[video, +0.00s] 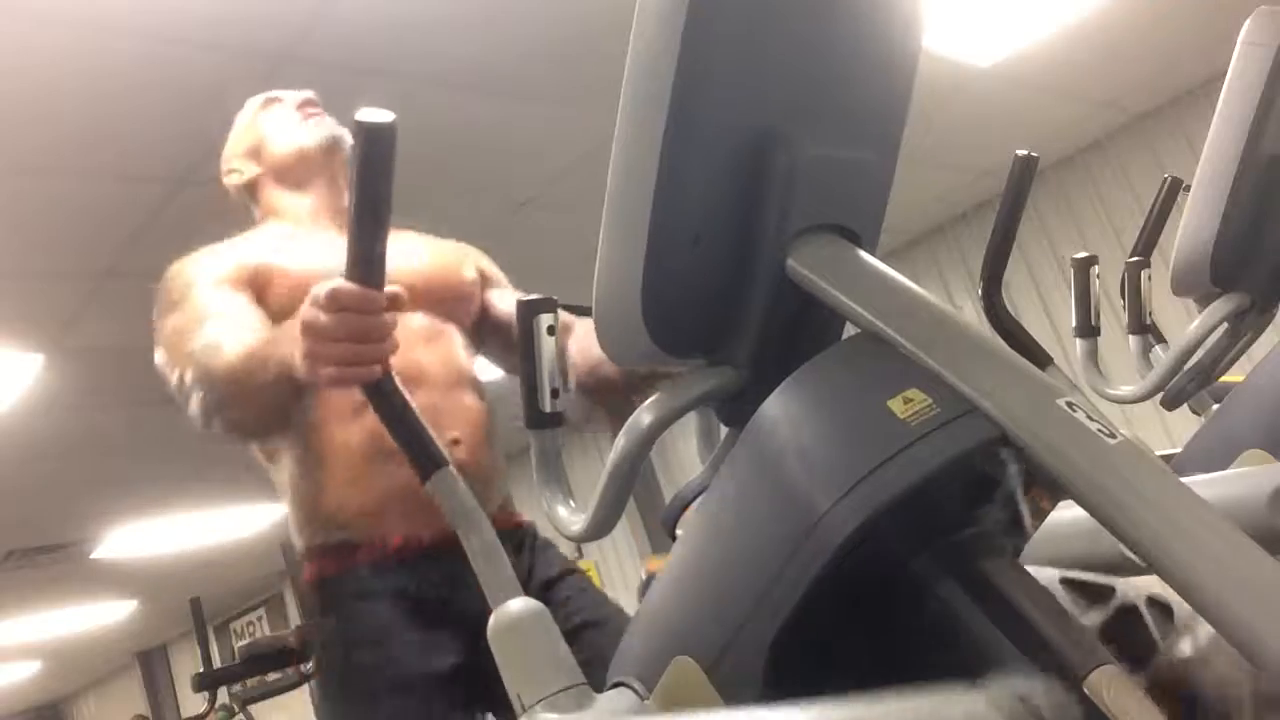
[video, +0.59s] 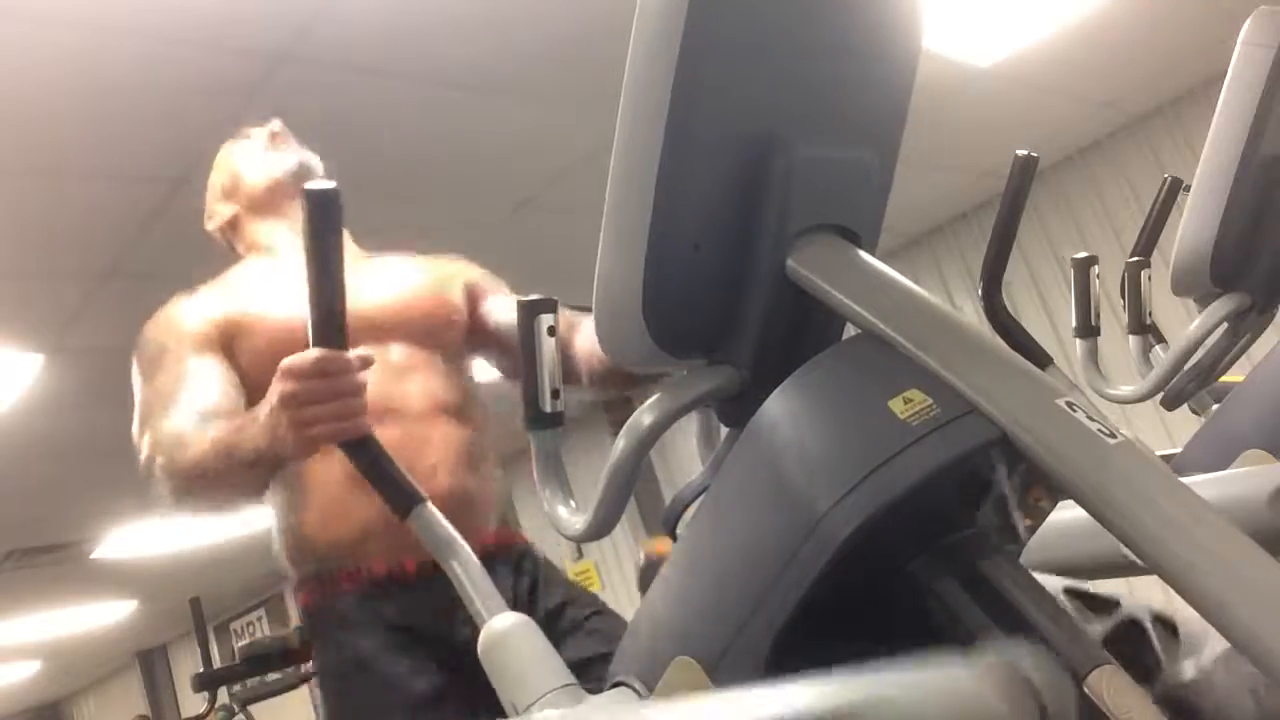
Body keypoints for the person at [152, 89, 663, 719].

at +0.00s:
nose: (310, 101)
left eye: (315, 101)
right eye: (277, 105)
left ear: (339, 151)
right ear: (240, 168)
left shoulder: (447, 257)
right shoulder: (213, 269)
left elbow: (564, 349)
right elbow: (225, 390)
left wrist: (675, 333)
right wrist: (298, 349)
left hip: (509, 555)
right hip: (370, 588)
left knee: (656, 693)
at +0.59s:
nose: (283, 131)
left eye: (292, 133)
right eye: (257, 138)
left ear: (323, 174)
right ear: (222, 209)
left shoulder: (438, 274)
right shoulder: (194, 318)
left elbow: (559, 339)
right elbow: (181, 462)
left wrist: (650, 343)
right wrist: (268, 430)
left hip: (509, 577)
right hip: (367, 615)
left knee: (667, 693)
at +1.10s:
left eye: (388, 184)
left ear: (406, 192)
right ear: (308, 217)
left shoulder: (479, 300)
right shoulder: (278, 309)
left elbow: (593, 385)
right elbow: (260, 419)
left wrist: (648, 406)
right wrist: (325, 367)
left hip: (556, 589)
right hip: (426, 620)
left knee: (654, 705)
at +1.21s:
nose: (383, 174)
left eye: (388, 171)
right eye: (358, 175)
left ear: (421, 207)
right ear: (325, 241)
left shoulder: (517, 333)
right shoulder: (293, 344)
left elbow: (638, 447)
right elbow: (283, 481)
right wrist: (341, 385)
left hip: (576, 623)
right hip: (441, 653)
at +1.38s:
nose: (328, 81)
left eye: (338, 80)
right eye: (294, 84)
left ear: (368, 125)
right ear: (259, 157)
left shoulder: (494, 243)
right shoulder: (234, 276)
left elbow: (619, 354)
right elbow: (214, 445)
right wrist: (295, 412)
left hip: (543, 555)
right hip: (405, 584)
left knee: (659, 706)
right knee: (466, 716)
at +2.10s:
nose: (401, 159)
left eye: (406, 155)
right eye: (366, 160)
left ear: (428, 193)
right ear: (323, 225)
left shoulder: (518, 338)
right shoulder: (279, 346)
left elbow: (633, 430)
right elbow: (246, 485)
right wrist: (321, 406)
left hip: (537, 649)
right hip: (399, 665)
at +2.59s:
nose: (343, 135)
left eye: (350, 128)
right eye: (307, 133)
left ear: (382, 175)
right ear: (263, 202)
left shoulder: (463, 320)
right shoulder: (231, 338)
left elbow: (596, 394)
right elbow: (167, 527)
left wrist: (732, 380)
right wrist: (294, 449)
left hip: (523, 636)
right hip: (382, 677)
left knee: (719, 672)